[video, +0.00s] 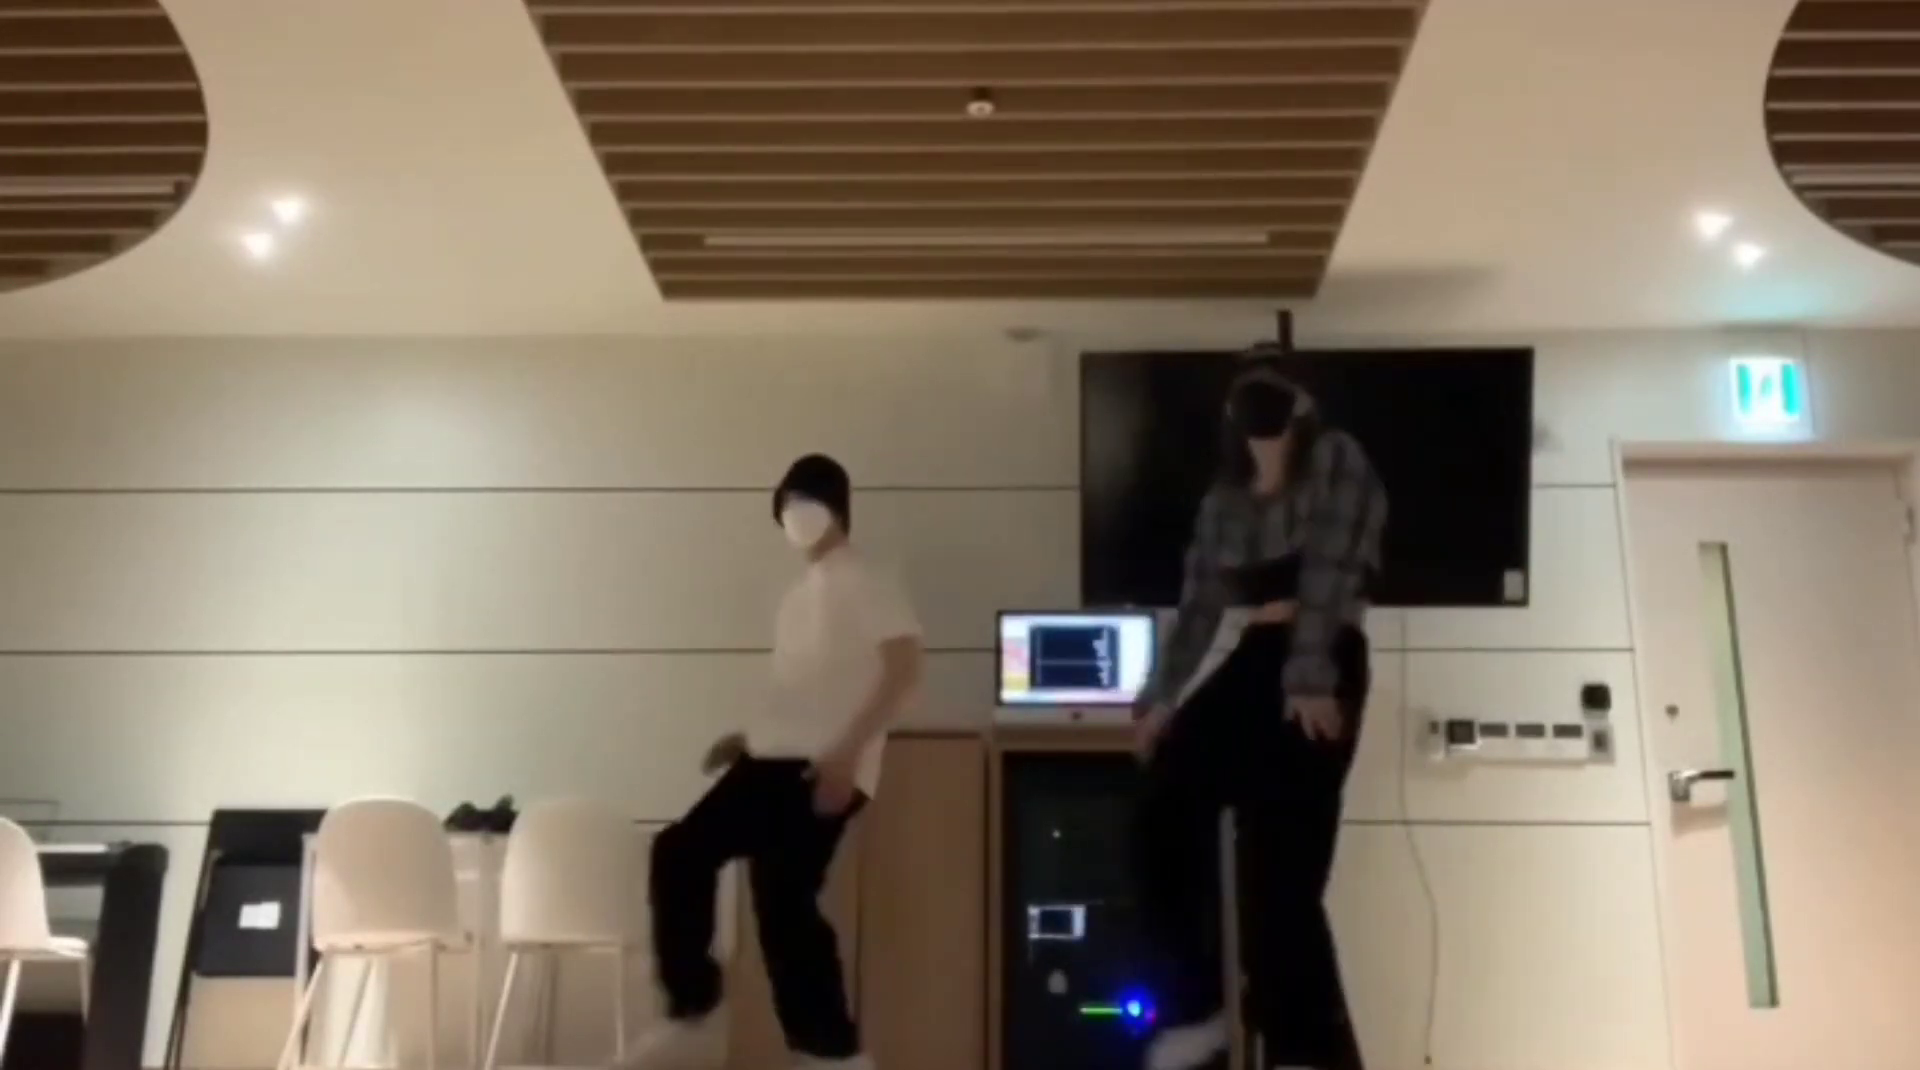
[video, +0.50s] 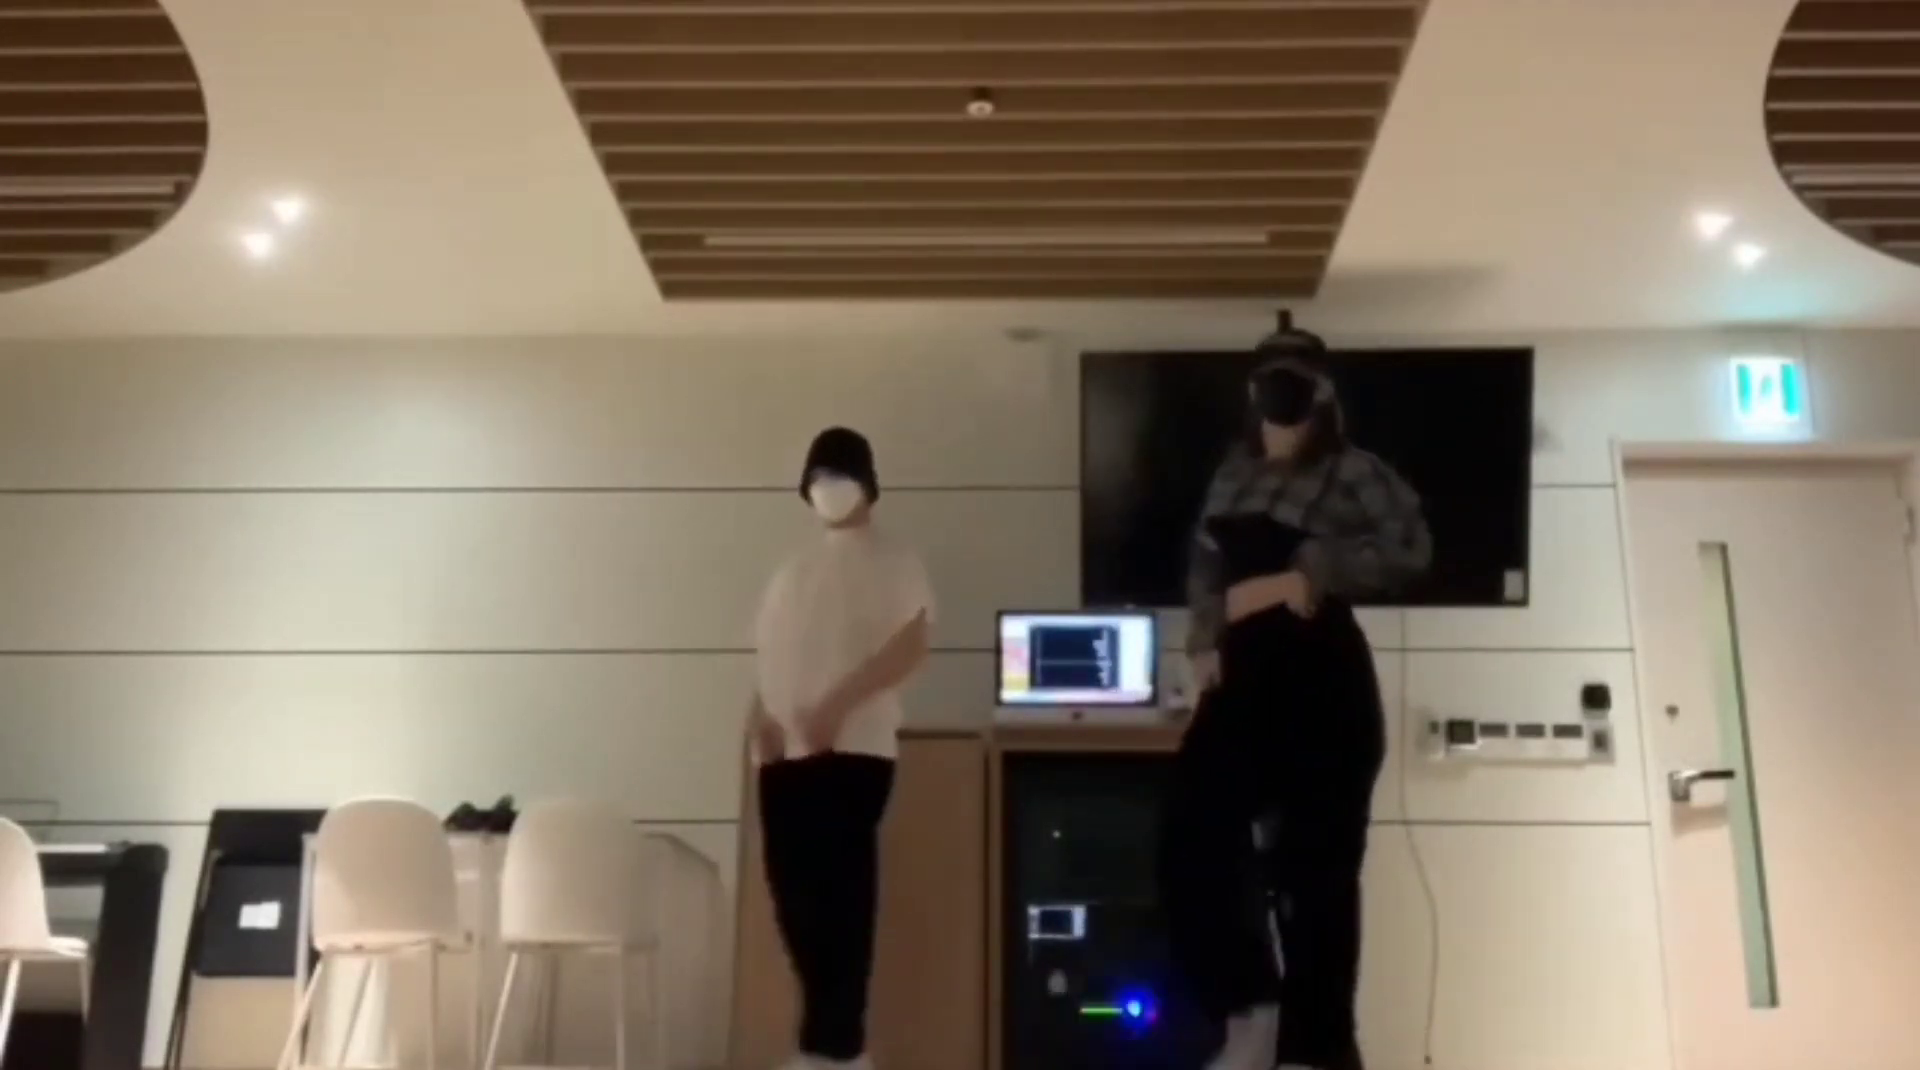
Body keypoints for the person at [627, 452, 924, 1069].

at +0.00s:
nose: (794, 519)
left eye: (805, 504)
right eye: (786, 508)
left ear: (834, 508)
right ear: (781, 519)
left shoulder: (867, 579)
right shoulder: (799, 592)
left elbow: (903, 667)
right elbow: (799, 686)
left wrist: (845, 758)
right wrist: (748, 740)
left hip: (819, 773)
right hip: (766, 766)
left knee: (785, 897)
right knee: (678, 853)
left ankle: (830, 1050)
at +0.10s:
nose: (800, 525)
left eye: (812, 510)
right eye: (791, 514)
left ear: (841, 516)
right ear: (784, 526)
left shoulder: (868, 583)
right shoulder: (790, 607)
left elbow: (900, 658)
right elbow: (758, 684)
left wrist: (838, 750)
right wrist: (743, 739)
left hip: (840, 779)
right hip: (779, 773)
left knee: (783, 903)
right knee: (696, 887)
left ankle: (830, 1054)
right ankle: (625, 1033)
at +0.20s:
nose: (812, 513)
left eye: (826, 500)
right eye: (802, 502)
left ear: (853, 510)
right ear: (792, 514)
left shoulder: (870, 574)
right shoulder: (784, 595)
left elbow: (904, 646)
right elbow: (751, 682)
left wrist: (835, 730)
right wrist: (757, 749)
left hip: (850, 776)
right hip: (785, 777)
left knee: (777, 908)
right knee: (727, 914)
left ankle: (832, 1056)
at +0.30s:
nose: (822, 495)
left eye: (835, 481)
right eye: (811, 485)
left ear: (861, 493)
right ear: (798, 498)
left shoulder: (888, 561)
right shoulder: (780, 578)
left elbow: (899, 643)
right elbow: (759, 671)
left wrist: (831, 731)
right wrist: (758, 743)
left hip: (855, 772)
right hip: (781, 775)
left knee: (797, 908)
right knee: (734, 915)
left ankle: (830, 1052)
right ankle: (681, 1048)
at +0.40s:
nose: (824, 492)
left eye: (837, 479)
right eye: (813, 481)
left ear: (863, 490)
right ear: (798, 495)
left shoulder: (887, 557)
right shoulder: (780, 576)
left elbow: (902, 641)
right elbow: (767, 671)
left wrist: (832, 728)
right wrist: (761, 745)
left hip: (857, 767)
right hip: (784, 771)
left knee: (806, 905)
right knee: (744, 909)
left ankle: (832, 1051)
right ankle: (701, 1046)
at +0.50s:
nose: (831, 488)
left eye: (844, 474)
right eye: (819, 478)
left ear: (869, 485)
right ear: (806, 490)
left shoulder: (893, 556)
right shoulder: (793, 568)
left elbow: (911, 644)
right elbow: (771, 654)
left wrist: (835, 706)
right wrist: (764, 718)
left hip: (855, 751)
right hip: (786, 755)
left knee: (840, 894)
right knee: (792, 894)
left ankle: (834, 1043)